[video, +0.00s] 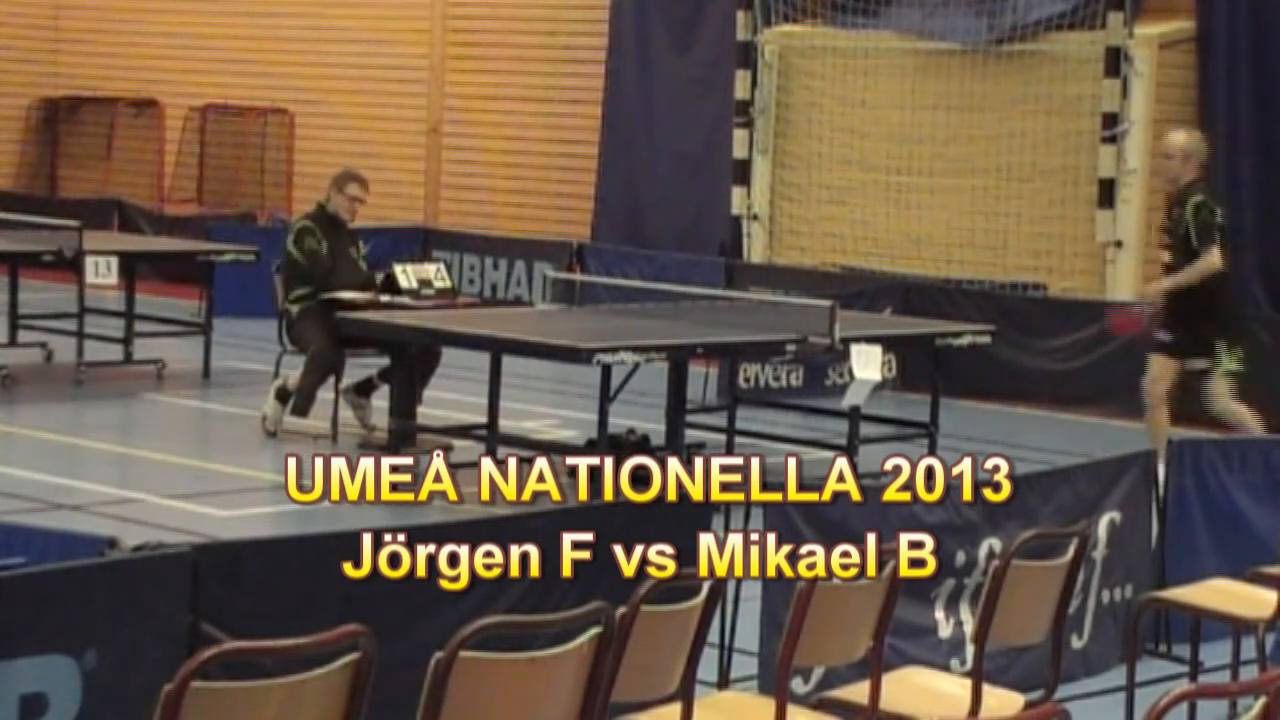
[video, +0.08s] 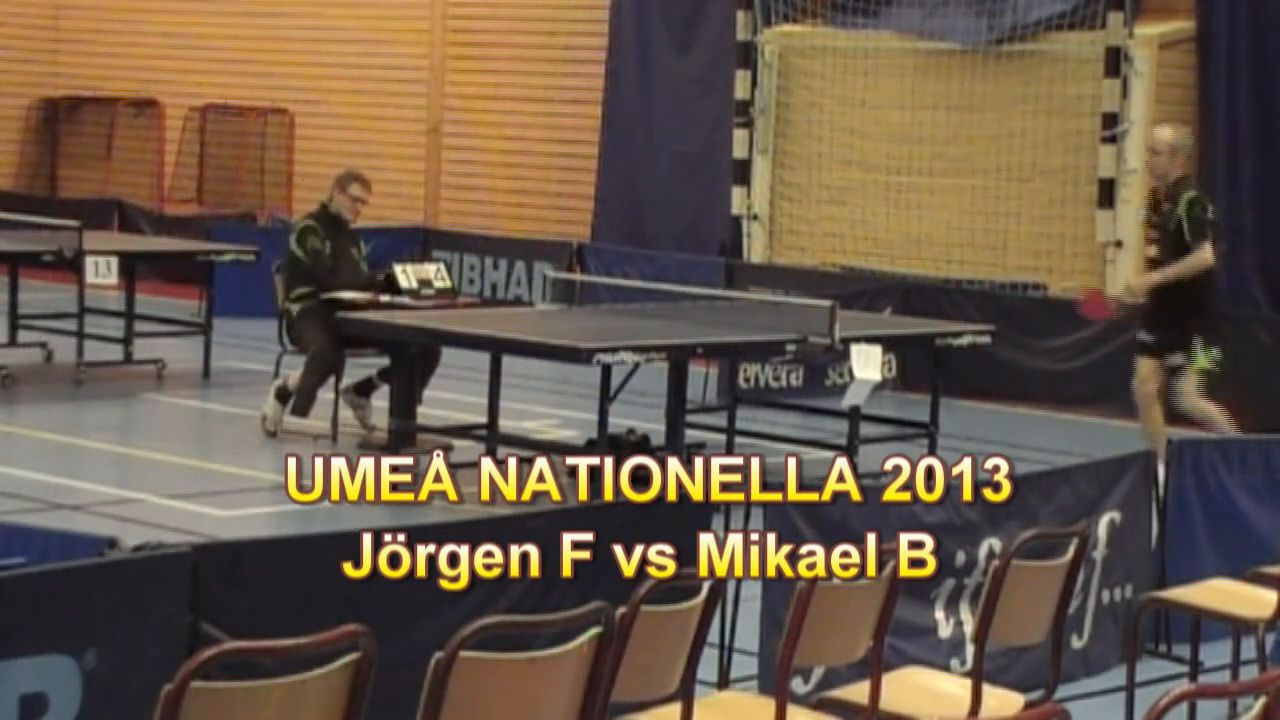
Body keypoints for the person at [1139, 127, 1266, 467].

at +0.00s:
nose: (1160, 164)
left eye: (1168, 158)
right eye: (1161, 157)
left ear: (1190, 162)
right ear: (1177, 162)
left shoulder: (1198, 202)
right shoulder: (1177, 201)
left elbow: (1213, 259)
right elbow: (1182, 259)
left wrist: (1162, 285)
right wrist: (1161, 297)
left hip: (1206, 317)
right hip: (1177, 316)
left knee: (1217, 397)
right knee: (1154, 390)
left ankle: (1269, 449)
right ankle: (1161, 469)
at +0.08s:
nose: (1149, 160)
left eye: (1156, 153)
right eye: (1149, 153)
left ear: (1177, 158)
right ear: (1160, 156)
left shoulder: (1190, 200)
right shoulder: (1157, 199)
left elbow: (1205, 254)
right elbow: (1161, 257)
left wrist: (1150, 281)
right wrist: (1137, 291)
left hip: (1190, 311)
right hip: (1157, 310)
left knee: (1186, 396)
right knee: (1146, 389)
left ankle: (1245, 452)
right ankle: (1160, 469)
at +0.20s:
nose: (1132, 155)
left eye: (1139, 148)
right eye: (1130, 148)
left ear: (1160, 150)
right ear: (1132, 150)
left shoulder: (1178, 194)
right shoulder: (1132, 192)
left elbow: (1194, 250)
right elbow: (1127, 244)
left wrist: (1135, 270)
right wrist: (1108, 269)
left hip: (1170, 308)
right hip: (1137, 305)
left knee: (1146, 387)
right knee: (1136, 393)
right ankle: (1155, 465)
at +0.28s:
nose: (1119, 155)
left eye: (1126, 149)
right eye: (1119, 148)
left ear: (1151, 151)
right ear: (1122, 150)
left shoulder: (1168, 194)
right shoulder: (1116, 191)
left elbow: (1185, 250)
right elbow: (1110, 244)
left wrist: (1126, 268)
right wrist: (1092, 263)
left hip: (1157, 303)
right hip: (1122, 299)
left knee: (1127, 383)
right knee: (1133, 390)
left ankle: (1141, 463)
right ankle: (1153, 467)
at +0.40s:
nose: (1099, 162)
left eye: (1107, 155)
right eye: (1098, 155)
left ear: (1131, 157)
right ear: (1098, 154)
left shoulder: (1144, 202)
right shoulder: (1093, 193)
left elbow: (1167, 256)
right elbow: (1079, 240)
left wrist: (1107, 274)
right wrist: (1074, 259)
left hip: (1131, 310)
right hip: (1098, 306)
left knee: (1103, 388)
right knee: (1125, 395)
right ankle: (1151, 457)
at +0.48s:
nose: (1083, 164)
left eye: (1091, 158)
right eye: (1082, 157)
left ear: (1113, 162)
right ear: (1081, 157)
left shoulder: (1130, 204)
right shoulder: (1076, 197)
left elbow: (1151, 258)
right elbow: (1061, 240)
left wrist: (1097, 277)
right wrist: (1063, 262)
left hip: (1116, 308)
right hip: (1083, 305)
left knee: (1085, 389)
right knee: (1111, 396)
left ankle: (1067, 467)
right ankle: (1146, 455)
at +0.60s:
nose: (1063, 166)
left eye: (1070, 159)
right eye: (1060, 158)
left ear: (1088, 161)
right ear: (1056, 160)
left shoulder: (1106, 196)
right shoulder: (1051, 195)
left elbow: (1131, 254)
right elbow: (1039, 238)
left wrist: (1082, 279)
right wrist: (1050, 273)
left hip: (1097, 308)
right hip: (1060, 307)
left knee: (1067, 385)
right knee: (1063, 389)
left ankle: (1061, 466)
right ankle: (1117, 444)